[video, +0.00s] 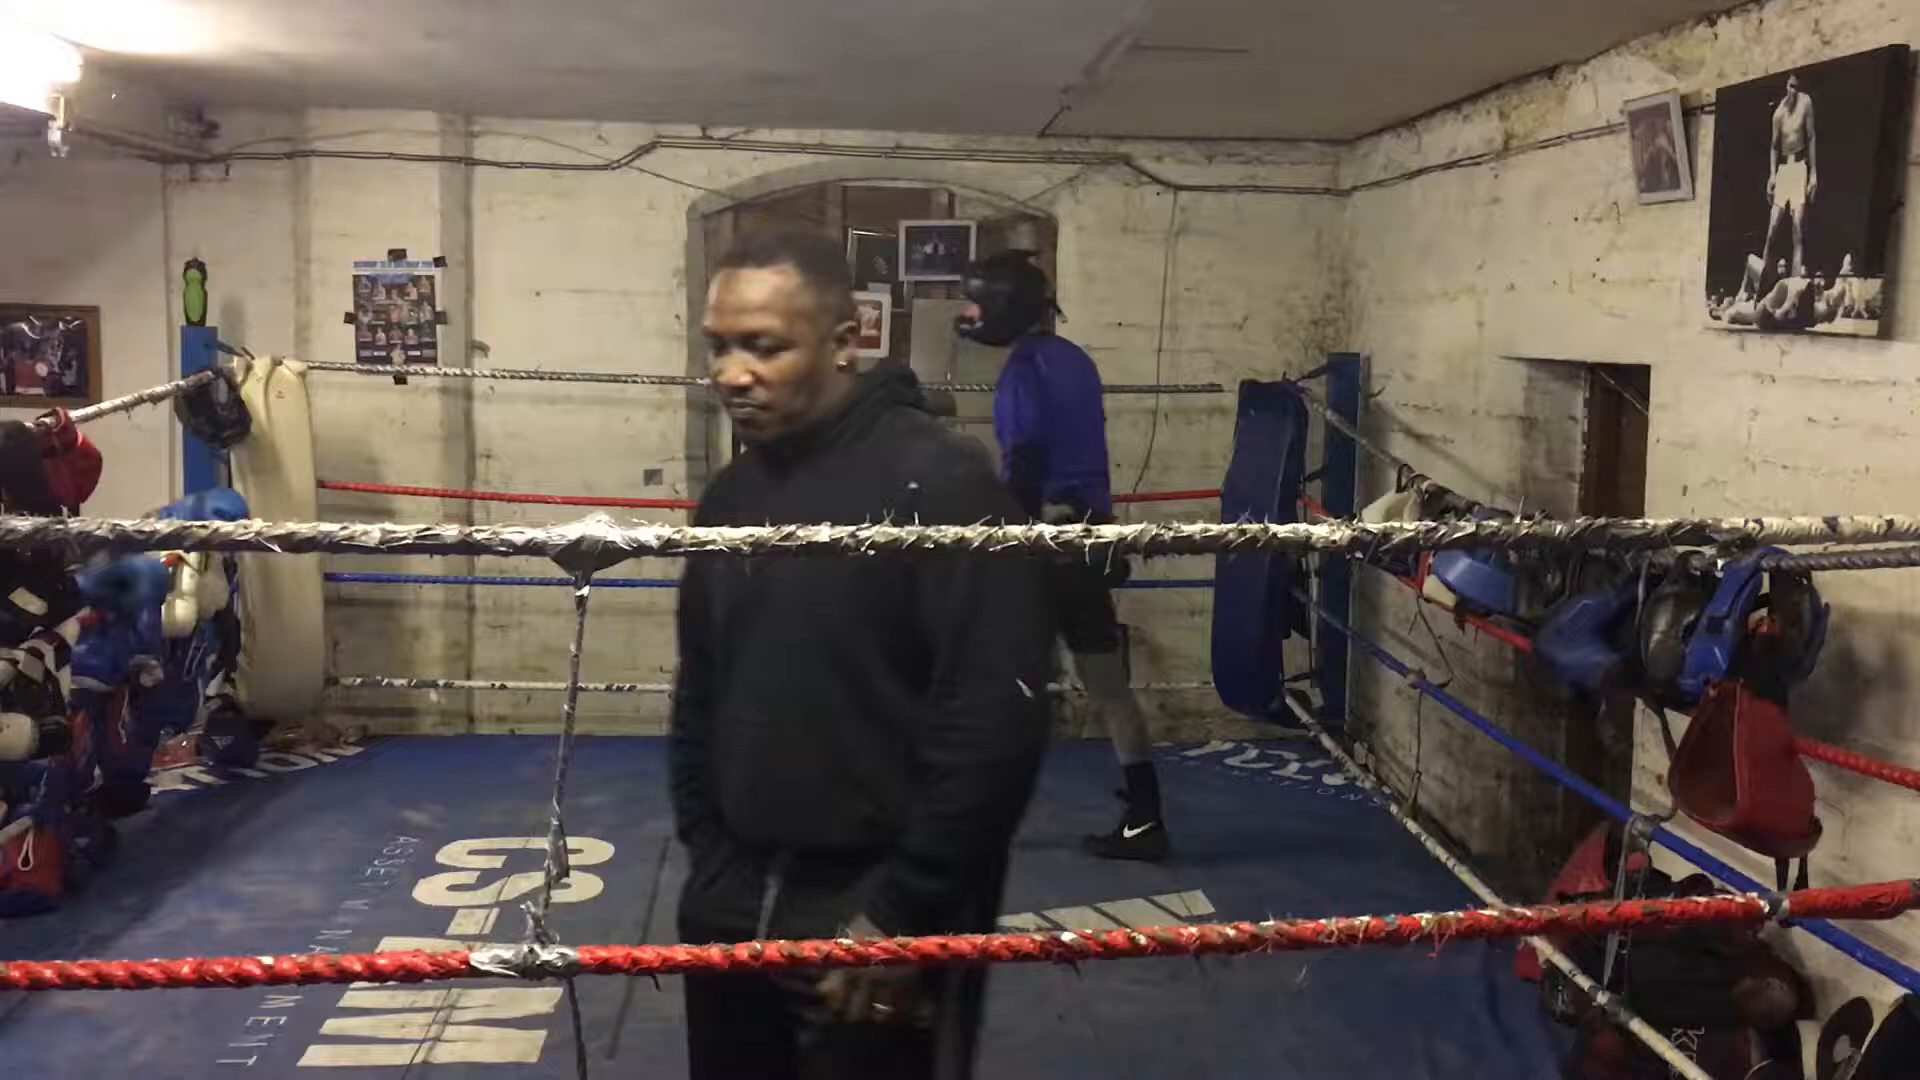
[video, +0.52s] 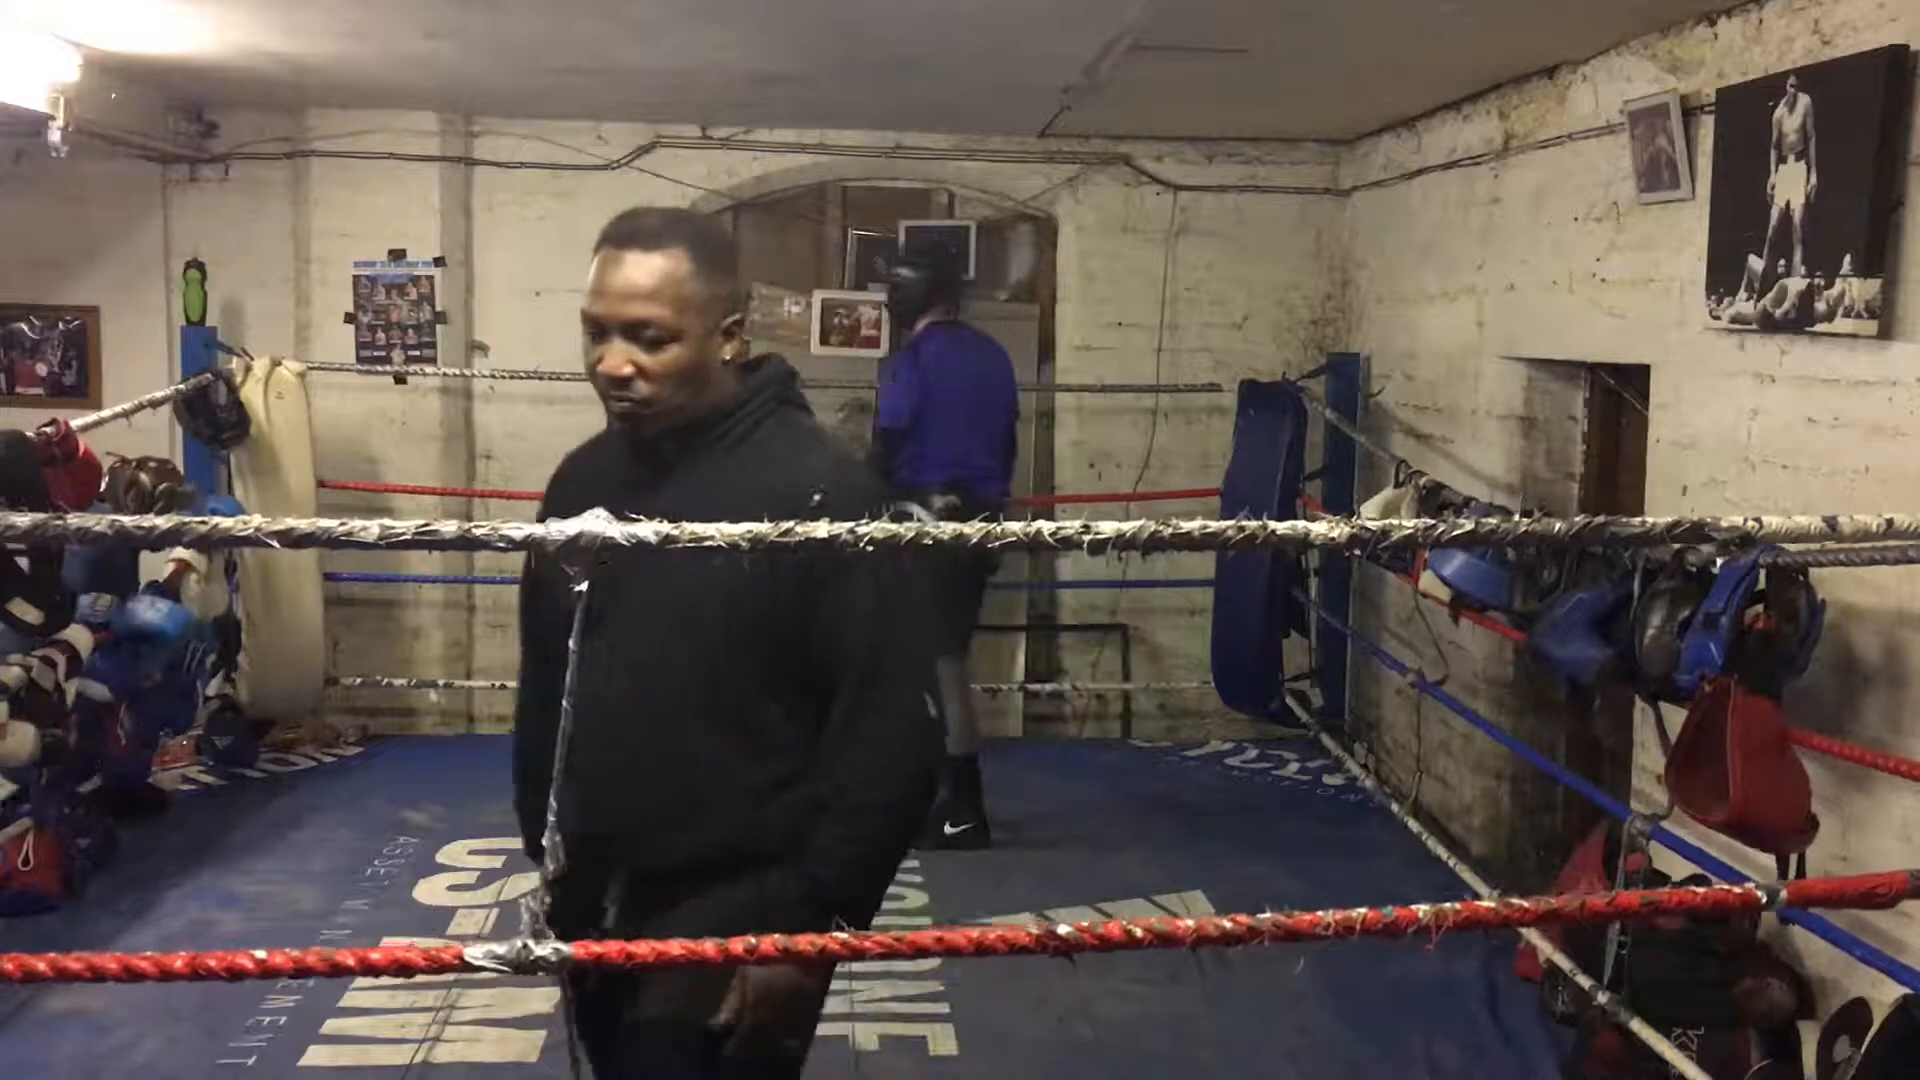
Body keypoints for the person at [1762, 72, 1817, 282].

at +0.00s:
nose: (1791, 90)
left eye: (1795, 87)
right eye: (1789, 86)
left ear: (1800, 89)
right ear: (1785, 87)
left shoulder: (1805, 103)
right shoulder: (1778, 112)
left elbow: (1811, 137)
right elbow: (1774, 145)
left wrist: (1813, 174)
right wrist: (1772, 174)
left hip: (1800, 160)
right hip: (1782, 162)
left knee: (1797, 219)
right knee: (1774, 220)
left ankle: (1798, 266)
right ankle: (1765, 267)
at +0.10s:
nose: (1791, 90)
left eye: (1795, 87)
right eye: (1789, 86)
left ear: (1800, 89)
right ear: (1785, 87)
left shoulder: (1805, 103)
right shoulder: (1778, 112)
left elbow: (1811, 137)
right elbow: (1774, 145)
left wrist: (1813, 173)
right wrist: (1772, 174)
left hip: (1800, 160)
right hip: (1782, 162)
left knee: (1797, 219)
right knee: (1774, 220)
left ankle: (1798, 266)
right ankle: (1765, 267)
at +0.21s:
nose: (1791, 90)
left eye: (1795, 87)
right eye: (1789, 86)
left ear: (1800, 89)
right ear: (1785, 87)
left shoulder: (1805, 103)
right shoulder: (1778, 113)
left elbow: (1812, 137)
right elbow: (1774, 145)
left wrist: (1813, 173)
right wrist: (1772, 174)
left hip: (1800, 160)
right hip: (1783, 162)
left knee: (1797, 220)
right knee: (1774, 223)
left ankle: (1797, 268)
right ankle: (1765, 271)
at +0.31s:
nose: (1791, 90)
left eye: (1795, 87)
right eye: (1789, 86)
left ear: (1800, 89)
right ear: (1785, 87)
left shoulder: (1805, 102)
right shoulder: (1778, 112)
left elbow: (1811, 137)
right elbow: (1774, 145)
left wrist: (1813, 173)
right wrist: (1772, 174)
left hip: (1800, 160)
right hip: (1782, 162)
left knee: (1797, 220)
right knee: (1773, 224)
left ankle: (1797, 269)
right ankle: (1764, 271)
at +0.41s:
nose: (1791, 90)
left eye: (1795, 87)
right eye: (1789, 86)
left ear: (1799, 89)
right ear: (1785, 87)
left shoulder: (1805, 103)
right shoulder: (1778, 113)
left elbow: (1811, 137)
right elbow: (1774, 145)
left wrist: (1813, 173)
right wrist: (1772, 174)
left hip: (1800, 160)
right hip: (1782, 161)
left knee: (1797, 219)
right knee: (1774, 219)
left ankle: (1797, 266)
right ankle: (1765, 267)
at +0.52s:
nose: (1791, 90)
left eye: (1795, 87)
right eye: (1789, 86)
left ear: (1800, 89)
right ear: (1785, 87)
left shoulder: (1805, 103)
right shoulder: (1778, 112)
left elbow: (1811, 137)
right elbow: (1774, 145)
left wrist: (1813, 174)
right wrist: (1772, 174)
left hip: (1800, 160)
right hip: (1782, 162)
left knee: (1797, 219)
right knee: (1774, 222)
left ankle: (1798, 267)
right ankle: (1765, 269)